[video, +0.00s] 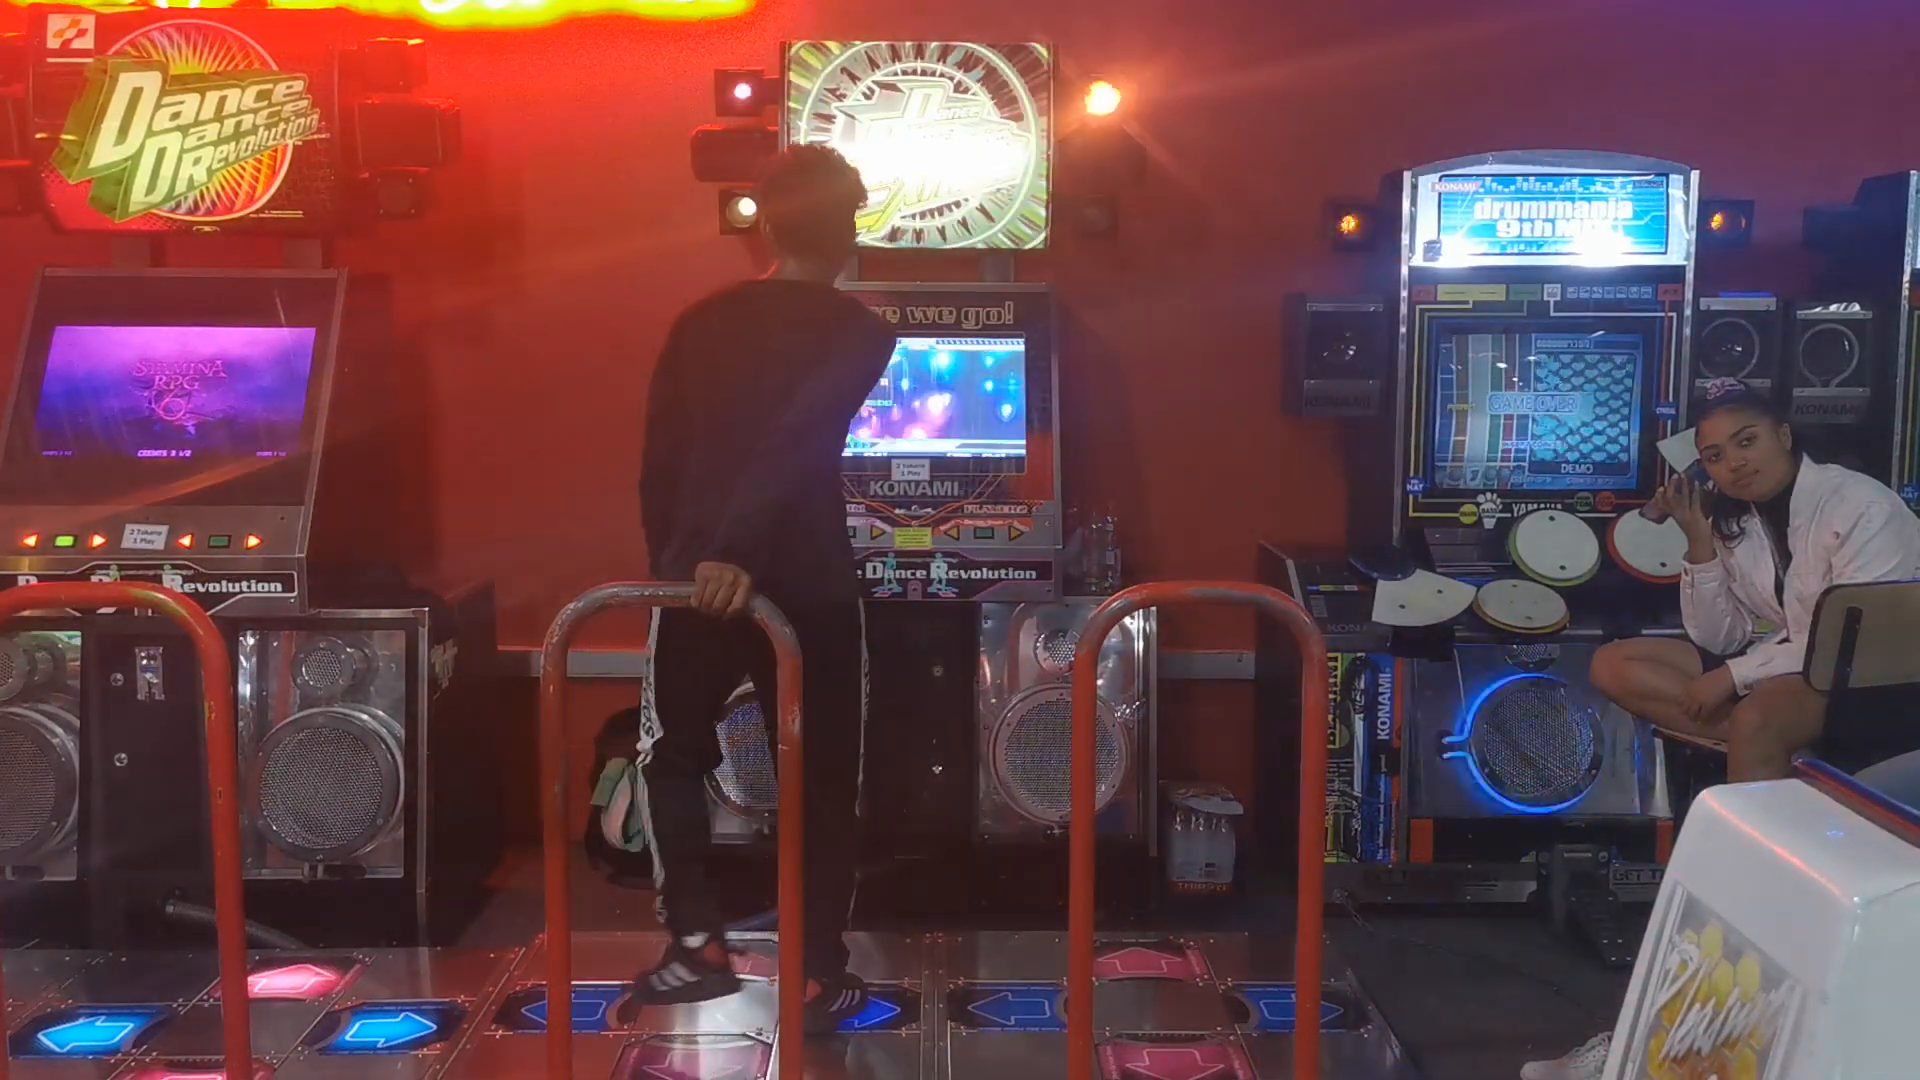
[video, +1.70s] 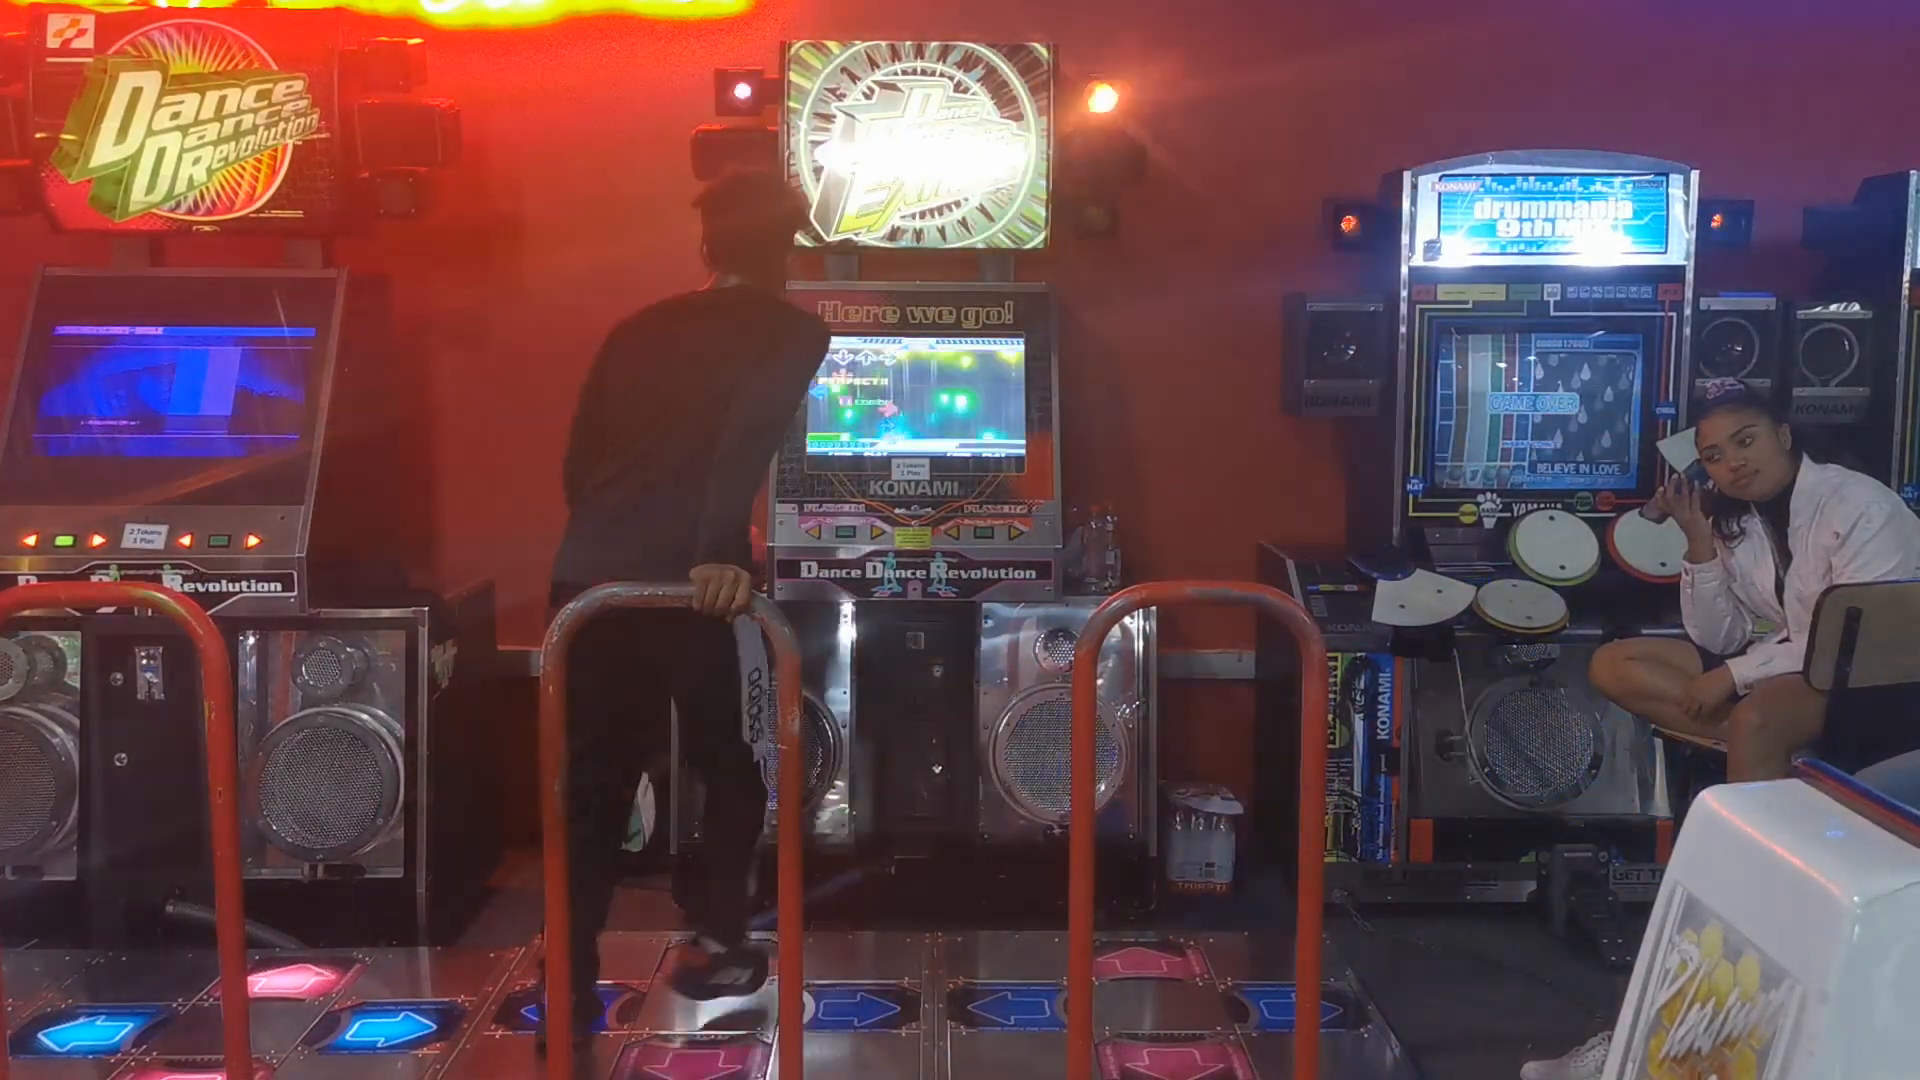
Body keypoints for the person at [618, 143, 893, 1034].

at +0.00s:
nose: (858, 237)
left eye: (846, 222)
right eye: (854, 224)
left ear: (770, 233)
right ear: (847, 234)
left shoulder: (702, 319)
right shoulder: (860, 325)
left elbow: (660, 459)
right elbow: (800, 434)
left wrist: (678, 568)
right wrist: (733, 545)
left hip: (695, 567)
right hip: (803, 560)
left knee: (676, 752)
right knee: (826, 764)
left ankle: (693, 949)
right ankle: (824, 974)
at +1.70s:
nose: (781, 260)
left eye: (760, 242)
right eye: (783, 245)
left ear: (710, 246)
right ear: (784, 247)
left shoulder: (637, 328)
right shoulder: (796, 331)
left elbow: (584, 455)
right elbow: (750, 431)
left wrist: (617, 535)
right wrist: (721, 542)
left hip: (593, 581)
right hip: (696, 584)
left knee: (595, 778)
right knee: (726, 763)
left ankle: (569, 977)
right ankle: (719, 947)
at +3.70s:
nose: (800, 260)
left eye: (789, 246)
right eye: (797, 248)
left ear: (721, 254)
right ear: (789, 254)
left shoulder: (657, 346)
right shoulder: (797, 339)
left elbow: (623, 488)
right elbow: (751, 440)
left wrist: (627, 594)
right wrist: (728, 548)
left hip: (651, 602)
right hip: (751, 592)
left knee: (648, 785)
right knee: (834, 760)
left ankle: (599, 977)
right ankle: (826, 956)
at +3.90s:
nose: (820, 256)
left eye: (813, 242)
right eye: (819, 243)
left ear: (734, 249)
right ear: (811, 249)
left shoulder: (672, 343)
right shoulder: (822, 344)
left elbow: (642, 480)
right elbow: (773, 438)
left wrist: (668, 568)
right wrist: (734, 544)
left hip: (674, 591)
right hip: (781, 587)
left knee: (670, 769)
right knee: (819, 773)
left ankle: (699, 963)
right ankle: (832, 973)